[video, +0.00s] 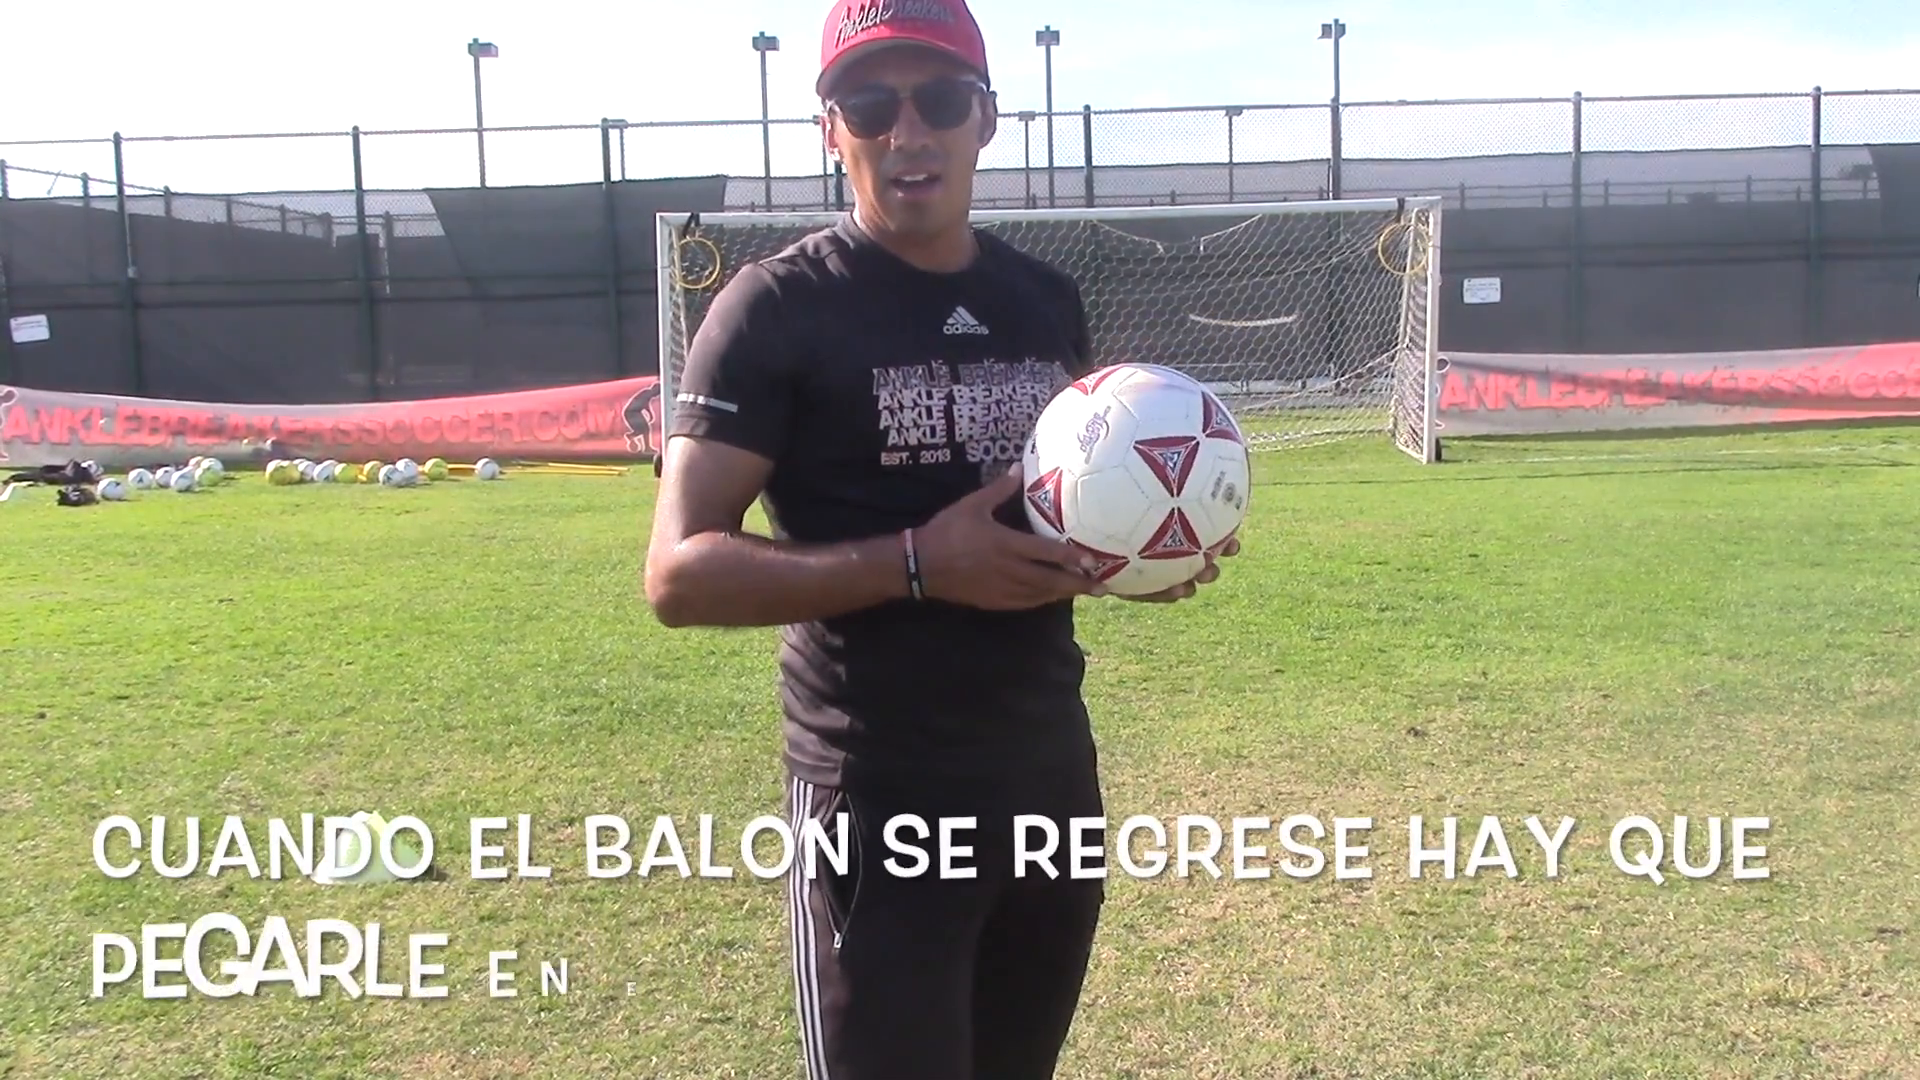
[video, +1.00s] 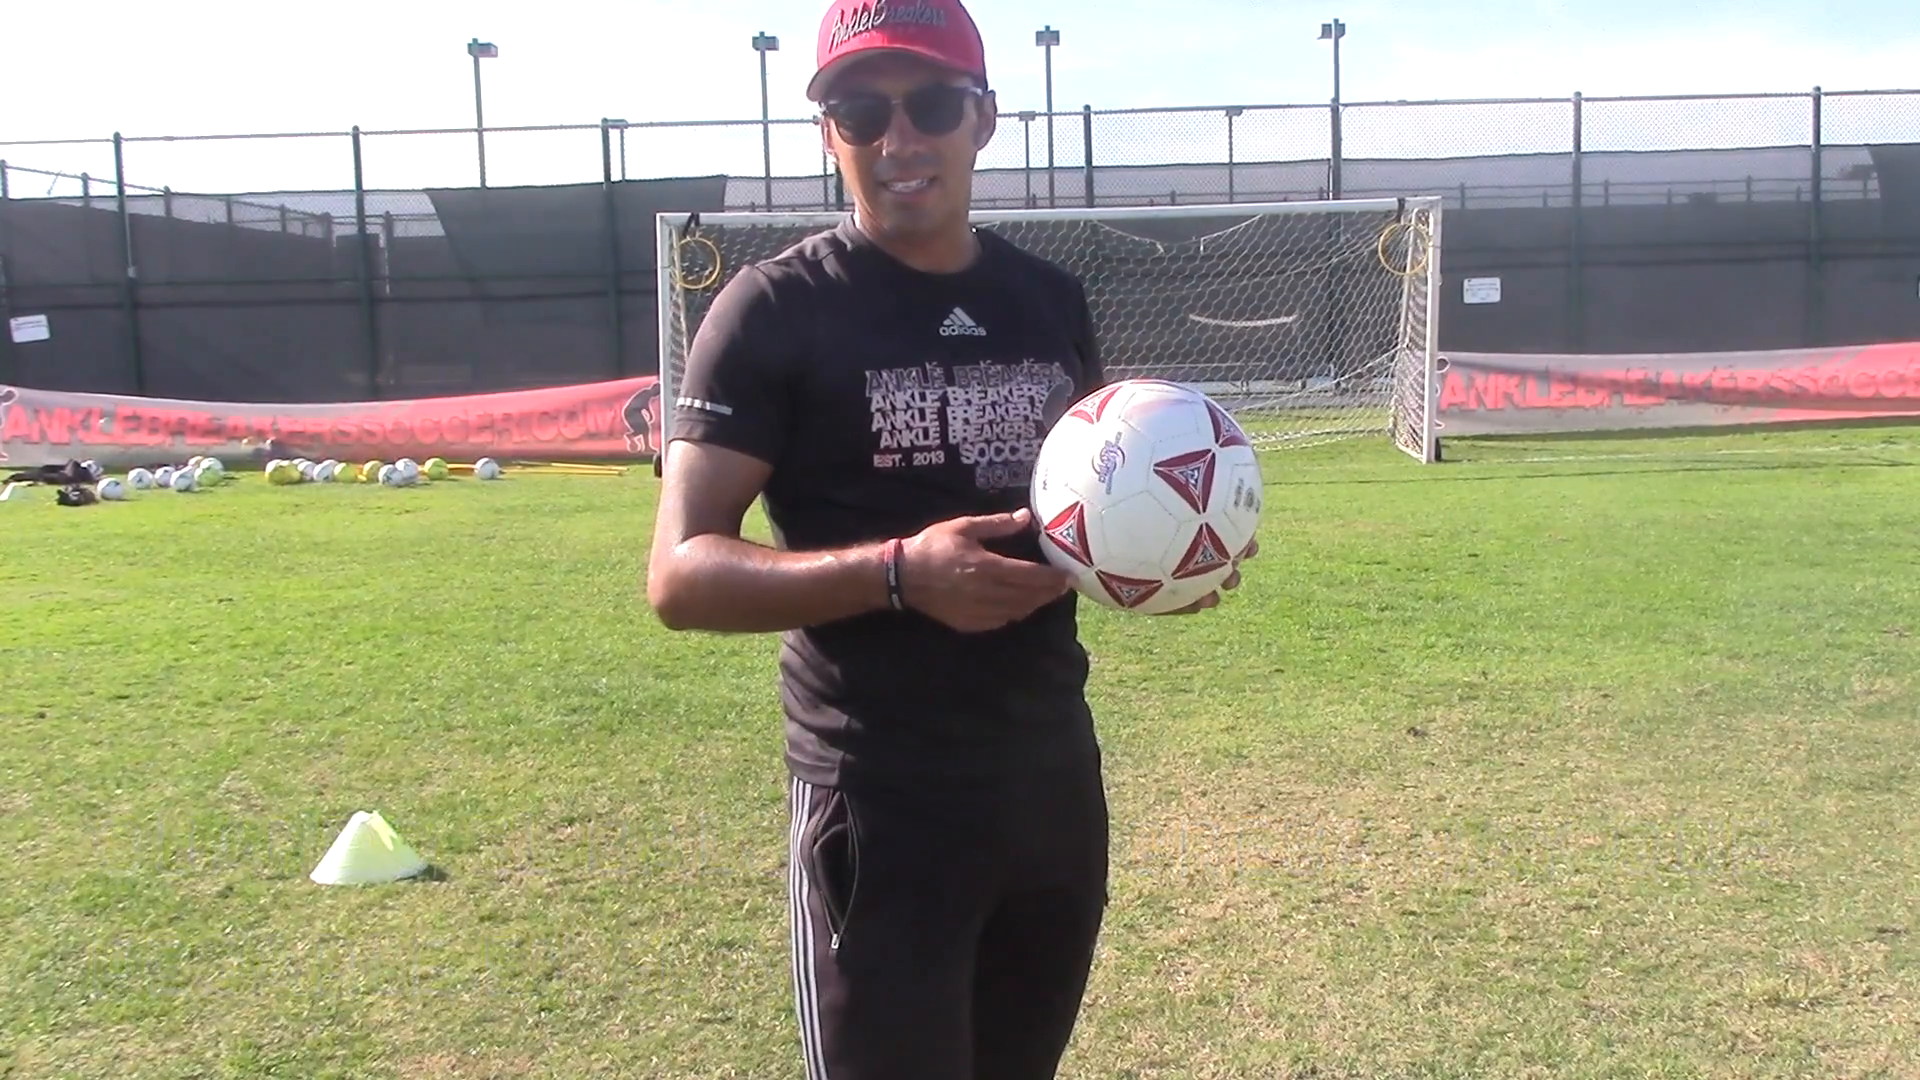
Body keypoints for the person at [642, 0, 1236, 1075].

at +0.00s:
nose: (911, 135)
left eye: (942, 102)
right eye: (874, 105)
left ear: (985, 120)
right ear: (832, 132)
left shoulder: (1043, 299)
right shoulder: (772, 306)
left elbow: (1067, 509)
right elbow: (678, 575)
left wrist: (1167, 535)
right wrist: (916, 560)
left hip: (1045, 759)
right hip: (874, 772)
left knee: (1018, 1062)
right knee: (888, 1062)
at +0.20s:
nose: (903, 139)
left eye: (933, 105)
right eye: (867, 111)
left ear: (980, 119)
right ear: (830, 136)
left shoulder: (1044, 297)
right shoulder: (770, 309)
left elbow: (1071, 499)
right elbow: (681, 578)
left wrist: (1165, 528)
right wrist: (907, 558)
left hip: (1047, 761)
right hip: (874, 774)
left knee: (1019, 1063)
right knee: (888, 1062)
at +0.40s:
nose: (898, 139)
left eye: (929, 104)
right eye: (863, 111)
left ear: (978, 119)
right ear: (827, 138)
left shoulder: (1045, 297)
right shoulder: (769, 309)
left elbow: (1076, 500)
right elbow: (676, 577)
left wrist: (1165, 518)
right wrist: (889, 560)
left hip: (1047, 760)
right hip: (873, 774)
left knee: (1019, 1061)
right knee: (886, 1061)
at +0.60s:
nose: (896, 139)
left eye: (928, 104)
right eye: (861, 111)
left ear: (978, 119)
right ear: (825, 139)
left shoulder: (1046, 297)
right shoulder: (769, 312)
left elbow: (1086, 493)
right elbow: (673, 578)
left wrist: (1155, 519)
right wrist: (884, 567)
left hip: (1047, 760)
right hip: (873, 775)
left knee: (1019, 1061)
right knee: (887, 1061)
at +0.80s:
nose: (895, 138)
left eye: (927, 103)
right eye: (859, 111)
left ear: (978, 120)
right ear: (824, 141)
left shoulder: (1048, 297)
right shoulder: (768, 312)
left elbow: (1083, 498)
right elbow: (673, 578)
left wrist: (1170, 536)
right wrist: (882, 564)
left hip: (1049, 762)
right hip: (873, 777)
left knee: (1020, 1061)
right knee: (889, 1061)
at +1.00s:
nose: (901, 142)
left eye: (933, 107)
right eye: (866, 113)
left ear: (983, 121)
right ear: (829, 137)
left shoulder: (1049, 298)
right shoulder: (771, 309)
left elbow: (1090, 497)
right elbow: (680, 576)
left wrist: (1179, 520)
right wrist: (897, 574)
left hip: (1051, 767)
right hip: (875, 782)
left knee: (1021, 1061)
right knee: (888, 1061)